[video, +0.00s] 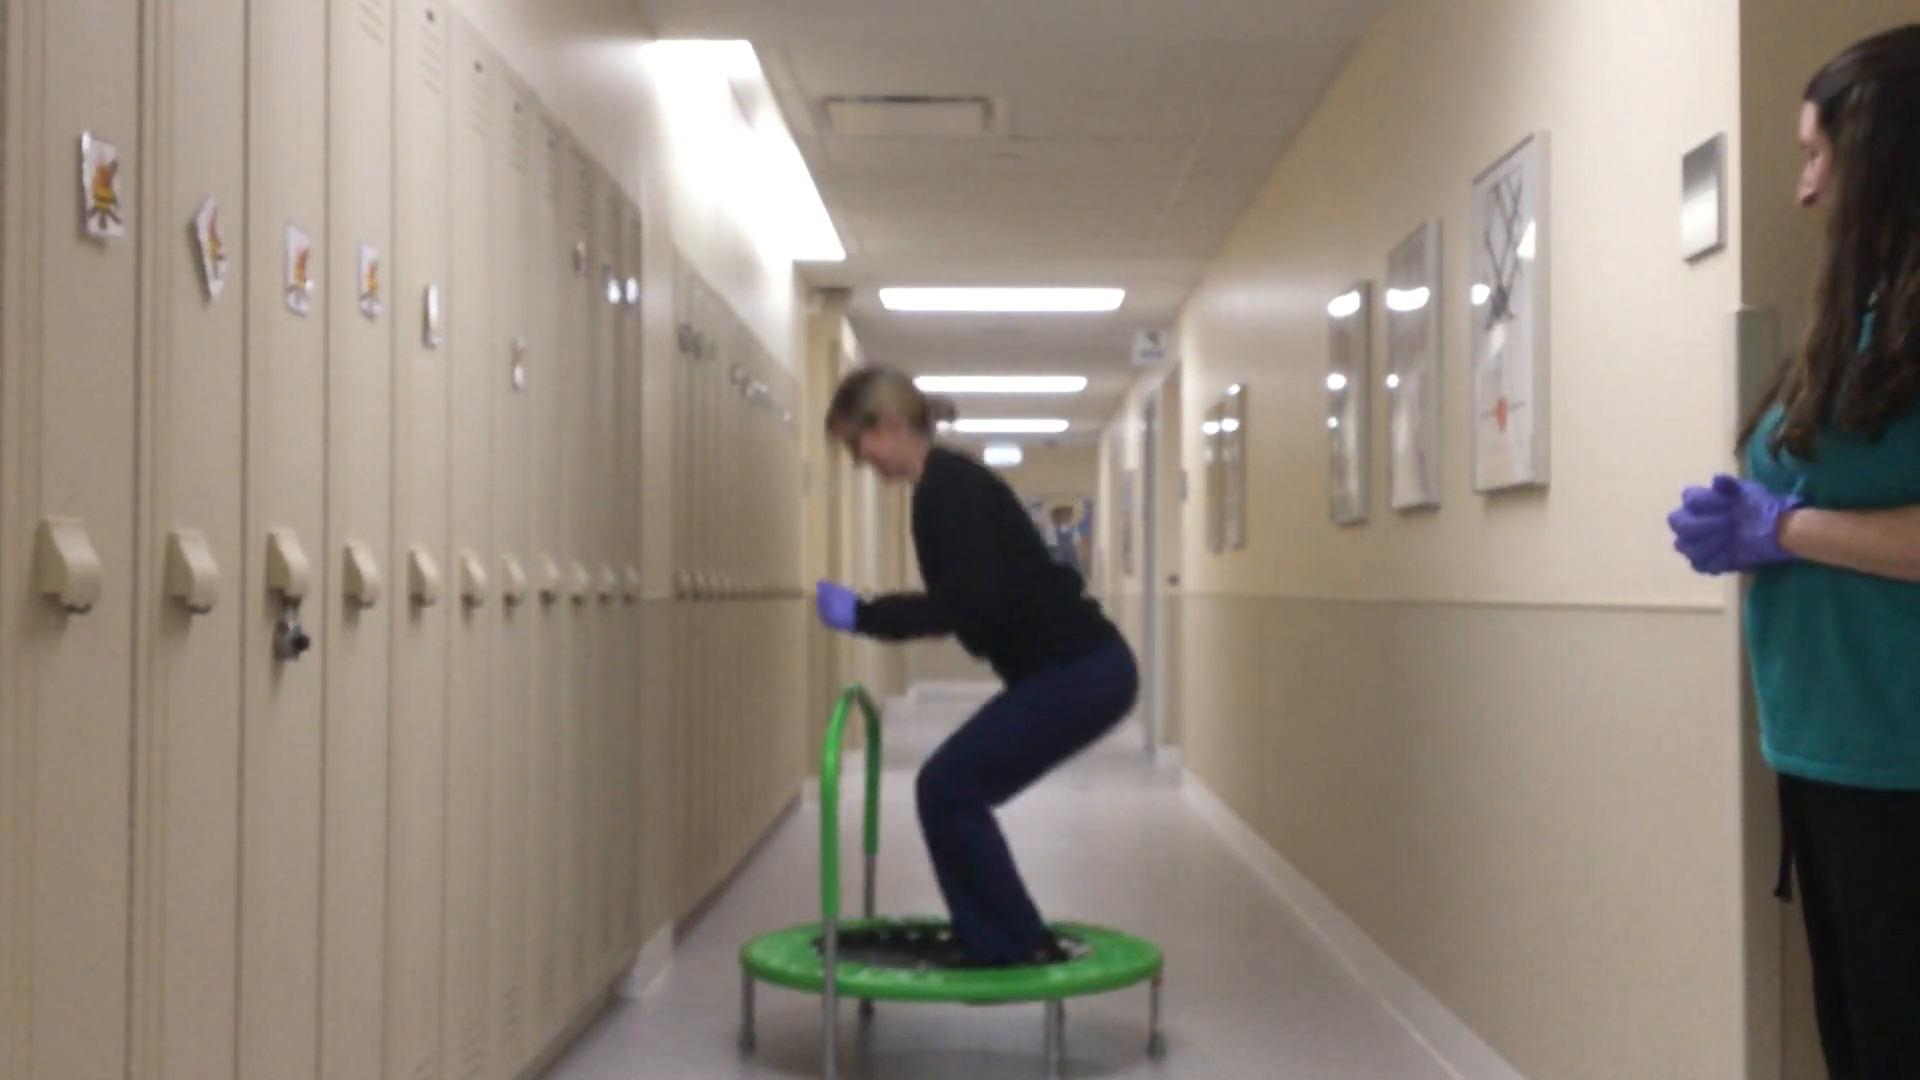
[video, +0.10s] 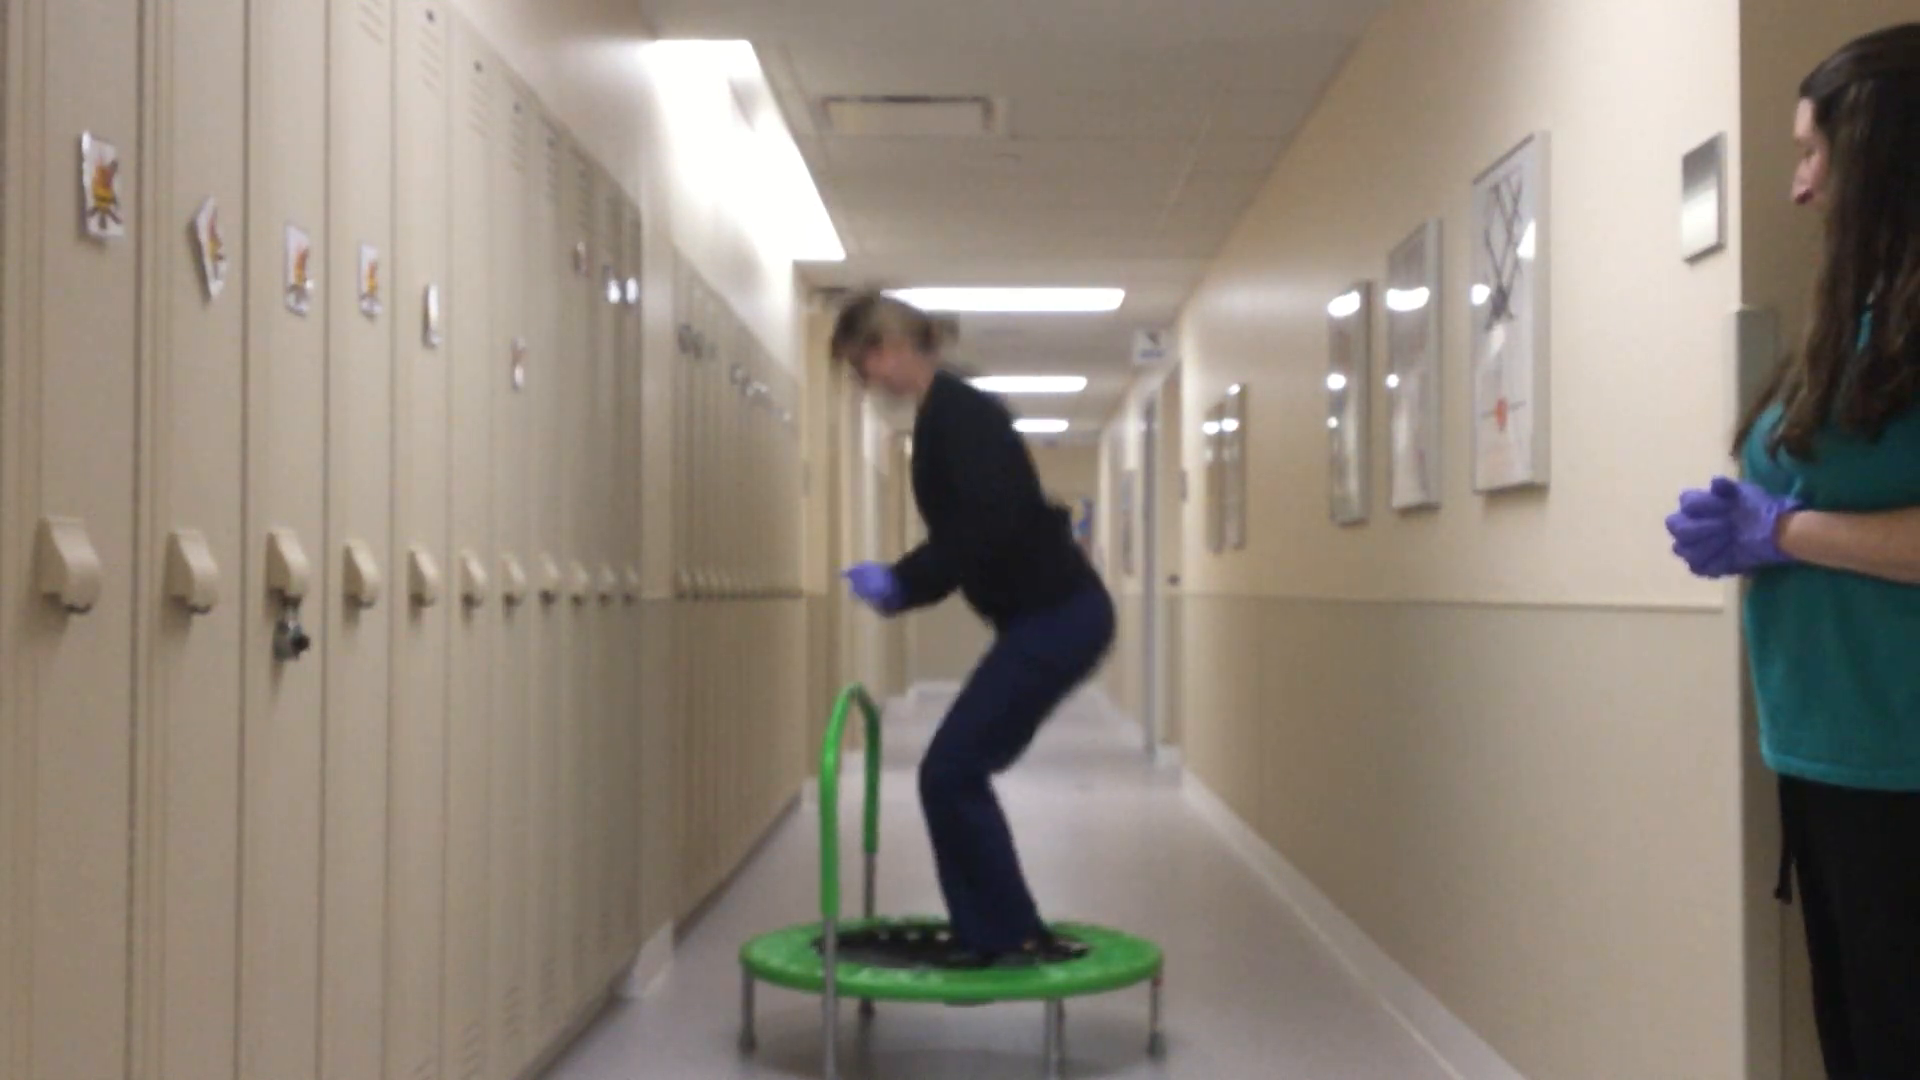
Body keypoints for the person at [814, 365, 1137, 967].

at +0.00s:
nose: (863, 457)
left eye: (863, 440)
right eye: (855, 446)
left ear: (893, 422)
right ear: (894, 426)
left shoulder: (951, 485)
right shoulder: (943, 487)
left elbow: (961, 604)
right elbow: (954, 604)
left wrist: (865, 614)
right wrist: (867, 613)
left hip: (1083, 673)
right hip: (1071, 671)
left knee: (948, 787)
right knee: (945, 785)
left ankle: (1009, 942)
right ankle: (1000, 939)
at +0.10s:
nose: (868, 381)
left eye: (867, 362)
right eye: (859, 369)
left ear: (898, 341)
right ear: (885, 354)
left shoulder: (959, 412)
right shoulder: (942, 417)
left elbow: (982, 527)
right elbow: (964, 531)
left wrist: (907, 583)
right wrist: (904, 579)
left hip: (1059, 617)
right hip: (1046, 616)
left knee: (952, 772)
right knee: (951, 770)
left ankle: (1000, 934)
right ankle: (999, 931)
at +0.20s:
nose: (874, 287)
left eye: (873, 268)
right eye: (866, 276)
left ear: (902, 244)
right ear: (894, 255)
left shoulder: (967, 310)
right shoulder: (954, 314)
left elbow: (1012, 426)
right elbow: (996, 428)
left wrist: (972, 522)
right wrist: (968, 526)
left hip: (1036, 531)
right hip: (1025, 532)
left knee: (991, 721)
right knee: (991, 720)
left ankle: (1005, 919)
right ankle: (1001, 914)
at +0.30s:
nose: (874, 242)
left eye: (870, 224)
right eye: (865, 231)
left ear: (898, 193)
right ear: (894, 202)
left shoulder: (971, 248)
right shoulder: (950, 260)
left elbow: (1011, 361)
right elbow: (979, 373)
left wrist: (1017, 472)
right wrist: (987, 477)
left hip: (1026, 476)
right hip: (1012, 478)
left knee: (1006, 673)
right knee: (1002, 672)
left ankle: (995, 854)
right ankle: (998, 845)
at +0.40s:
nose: (871, 232)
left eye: (867, 216)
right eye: (862, 222)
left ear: (893, 187)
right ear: (893, 191)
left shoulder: (968, 238)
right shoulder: (949, 249)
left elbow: (1012, 351)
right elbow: (985, 360)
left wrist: (1027, 458)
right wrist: (993, 470)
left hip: (1025, 467)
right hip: (1009, 468)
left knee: (1004, 662)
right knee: (1002, 661)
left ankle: (991, 842)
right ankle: (1004, 831)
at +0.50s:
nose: (868, 265)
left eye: (865, 247)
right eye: (860, 254)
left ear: (894, 222)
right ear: (893, 226)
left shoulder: (966, 275)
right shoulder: (955, 282)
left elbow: (1013, 387)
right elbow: (996, 390)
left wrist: (1004, 495)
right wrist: (988, 496)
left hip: (1032, 497)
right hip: (1023, 498)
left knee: (997, 684)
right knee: (997, 683)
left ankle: (993, 872)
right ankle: (1003, 861)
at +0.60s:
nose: (868, 341)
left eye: (866, 323)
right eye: (859, 329)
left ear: (895, 301)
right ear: (887, 308)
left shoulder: (960, 363)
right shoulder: (947, 370)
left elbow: (1009, 468)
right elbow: (988, 475)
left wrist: (936, 548)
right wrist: (935, 546)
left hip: (1045, 575)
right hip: (1038, 573)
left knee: (975, 740)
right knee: (981, 740)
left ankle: (998, 930)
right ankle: (1006, 921)